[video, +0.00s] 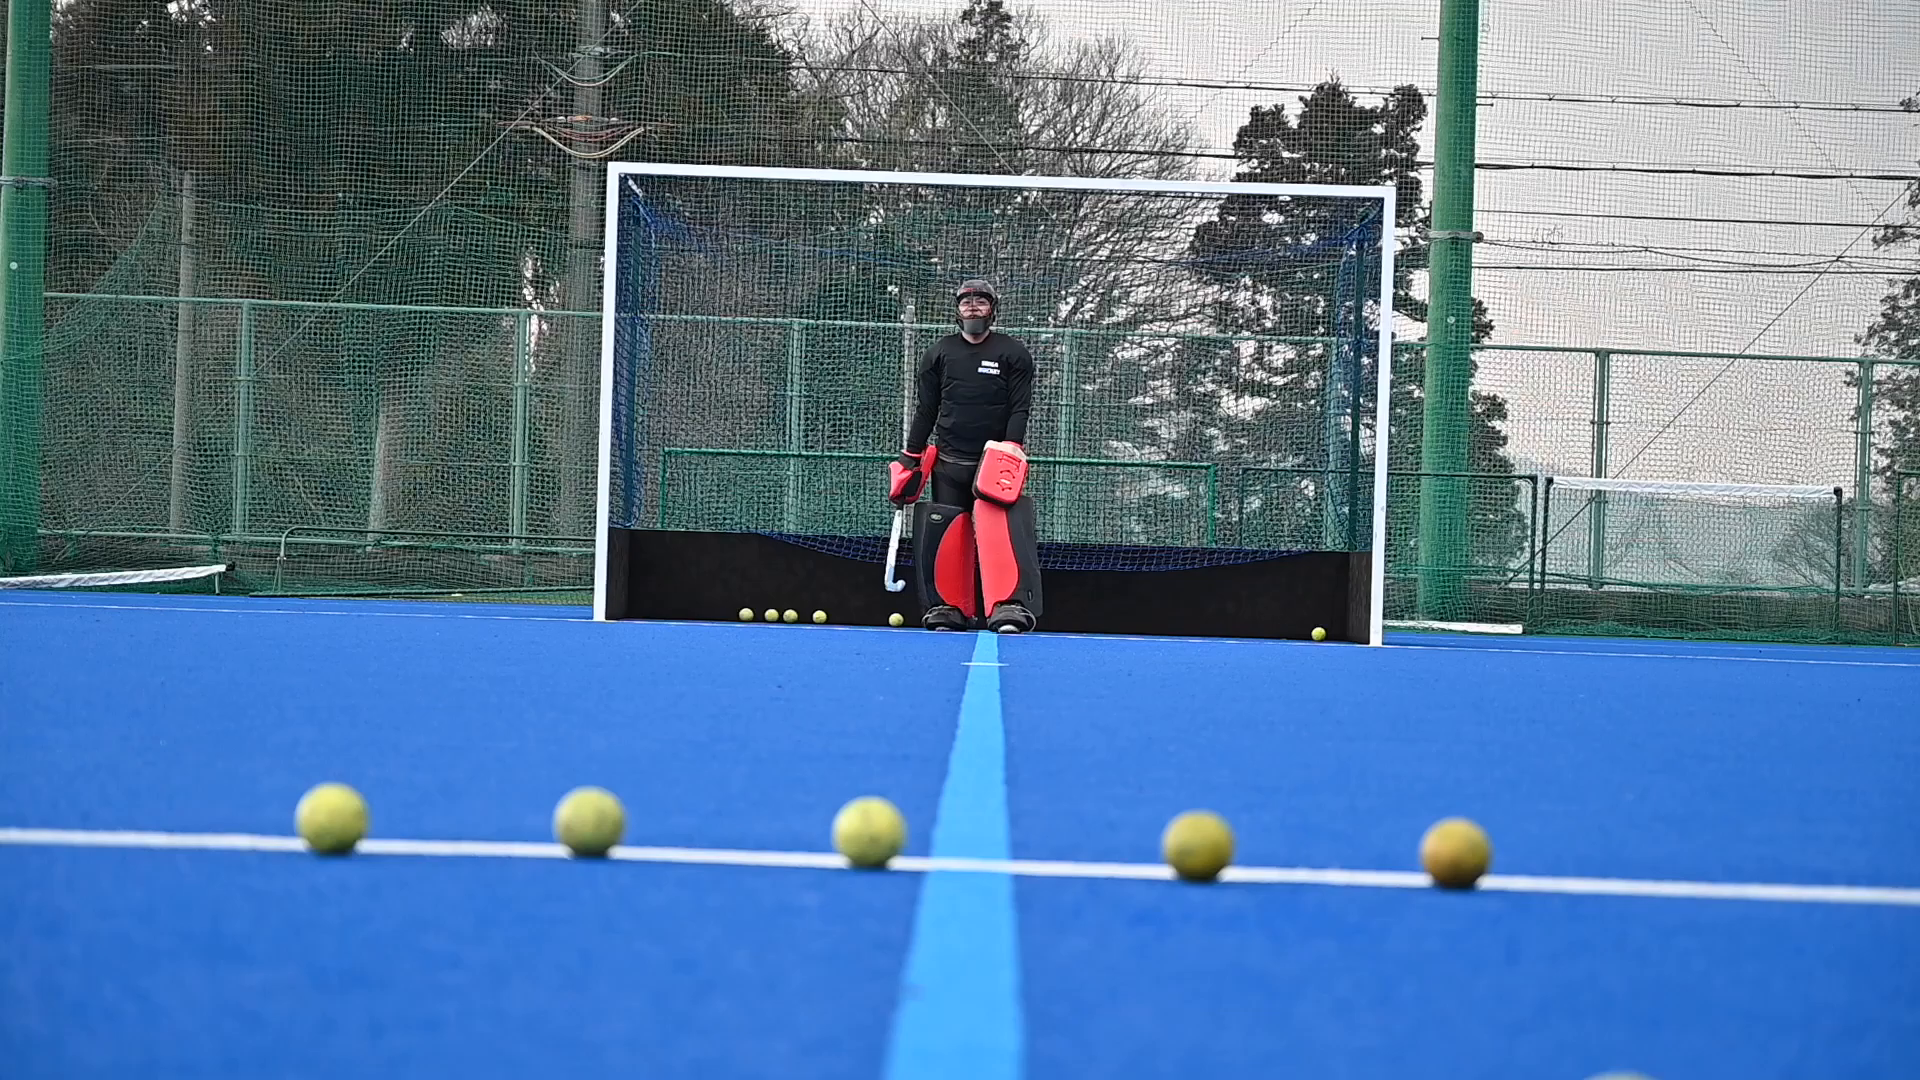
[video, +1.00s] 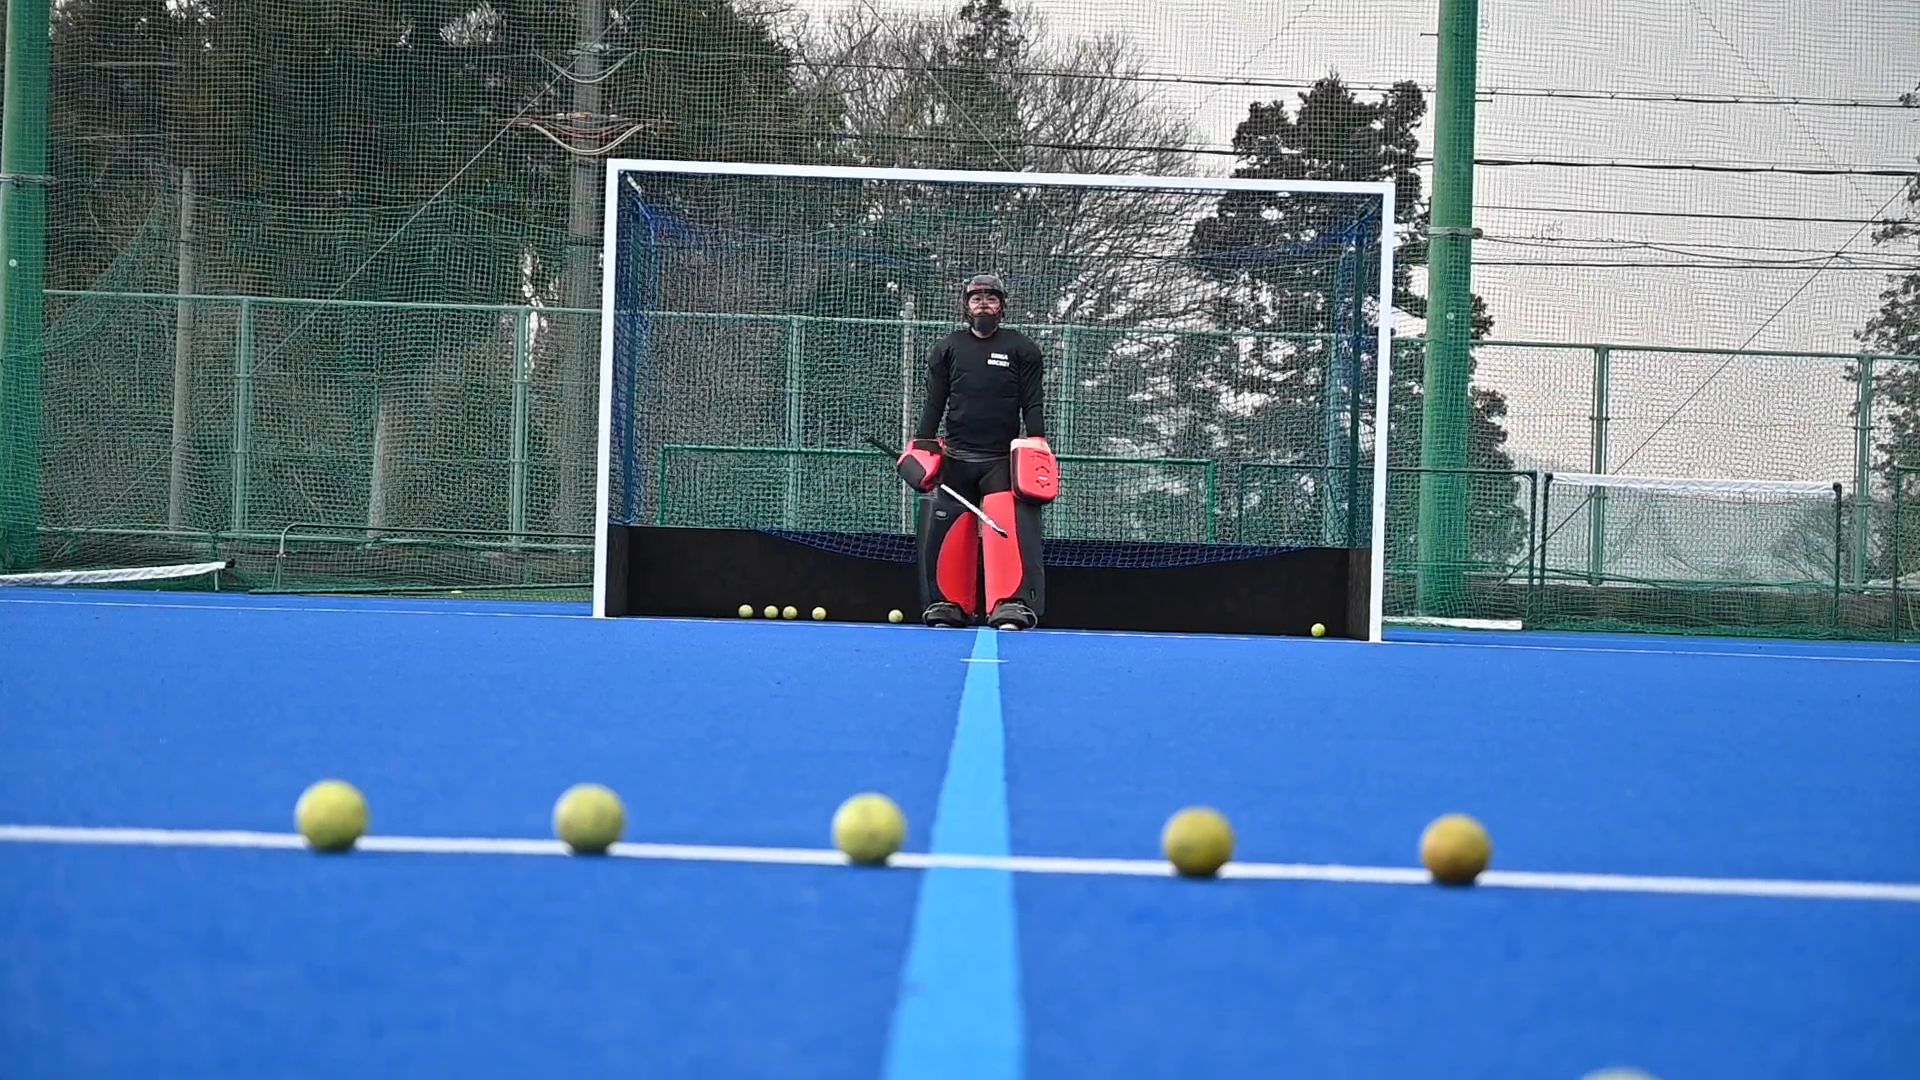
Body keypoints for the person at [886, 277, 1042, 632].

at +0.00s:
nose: (973, 306)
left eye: (980, 300)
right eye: (966, 301)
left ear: (992, 308)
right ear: (957, 308)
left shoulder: (1013, 353)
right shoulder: (939, 352)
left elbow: (1019, 409)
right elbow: (925, 410)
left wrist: (1008, 456)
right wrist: (910, 459)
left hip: (994, 466)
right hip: (949, 463)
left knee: (998, 535)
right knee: (947, 535)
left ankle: (1004, 608)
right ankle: (949, 609)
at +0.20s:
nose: (975, 307)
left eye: (982, 301)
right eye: (968, 301)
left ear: (995, 307)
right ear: (959, 309)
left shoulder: (1015, 351)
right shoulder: (942, 350)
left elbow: (1022, 406)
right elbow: (925, 406)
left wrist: (1015, 452)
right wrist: (903, 452)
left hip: (996, 462)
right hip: (949, 460)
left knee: (1004, 533)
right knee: (945, 535)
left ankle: (1009, 608)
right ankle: (947, 608)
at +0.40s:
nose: (978, 304)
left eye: (986, 298)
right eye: (972, 299)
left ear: (998, 305)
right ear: (962, 306)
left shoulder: (1017, 349)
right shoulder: (943, 347)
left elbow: (1025, 407)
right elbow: (927, 405)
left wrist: (1026, 455)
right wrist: (907, 453)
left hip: (995, 460)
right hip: (948, 458)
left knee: (1001, 532)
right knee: (945, 534)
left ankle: (1008, 607)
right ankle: (949, 607)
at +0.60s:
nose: (980, 304)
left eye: (987, 298)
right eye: (973, 298)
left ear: (998, 305)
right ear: (963, 305)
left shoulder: (1017, 350)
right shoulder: (943, 348)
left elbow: (1026, 409)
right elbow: (930, 406)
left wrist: (1032, 460)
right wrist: (911, 455)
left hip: (997, 463)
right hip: (951, 461)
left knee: (1002, 531)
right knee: (943, 532)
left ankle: (1007, 606)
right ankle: (948, 606)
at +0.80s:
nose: (982, 304)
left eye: (989, 298)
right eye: (975, 298)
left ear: (1000, 305)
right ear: (964, 305)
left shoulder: (1020, 350)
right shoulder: (944, 349)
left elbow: (1029, 409)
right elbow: (934, 407)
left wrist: (1033, 458)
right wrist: (919, 456)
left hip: (1000, 462)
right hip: (953, 460)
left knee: (1009, 530)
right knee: (941, 531)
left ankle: (1011, 605)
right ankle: (946, 605)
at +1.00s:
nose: (983, 304)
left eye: (991, 298)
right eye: (976, 298)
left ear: (1002, 305)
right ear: (966, 304)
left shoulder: (1022, 349)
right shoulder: (947, 348)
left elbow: (1032, 406)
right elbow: (933, 404)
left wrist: (1035, 453)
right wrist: (921, 449)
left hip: (1003, 460)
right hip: (956, 458)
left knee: (1010, 529)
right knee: (942, 528)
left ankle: (1011, 605)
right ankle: (946, 604)